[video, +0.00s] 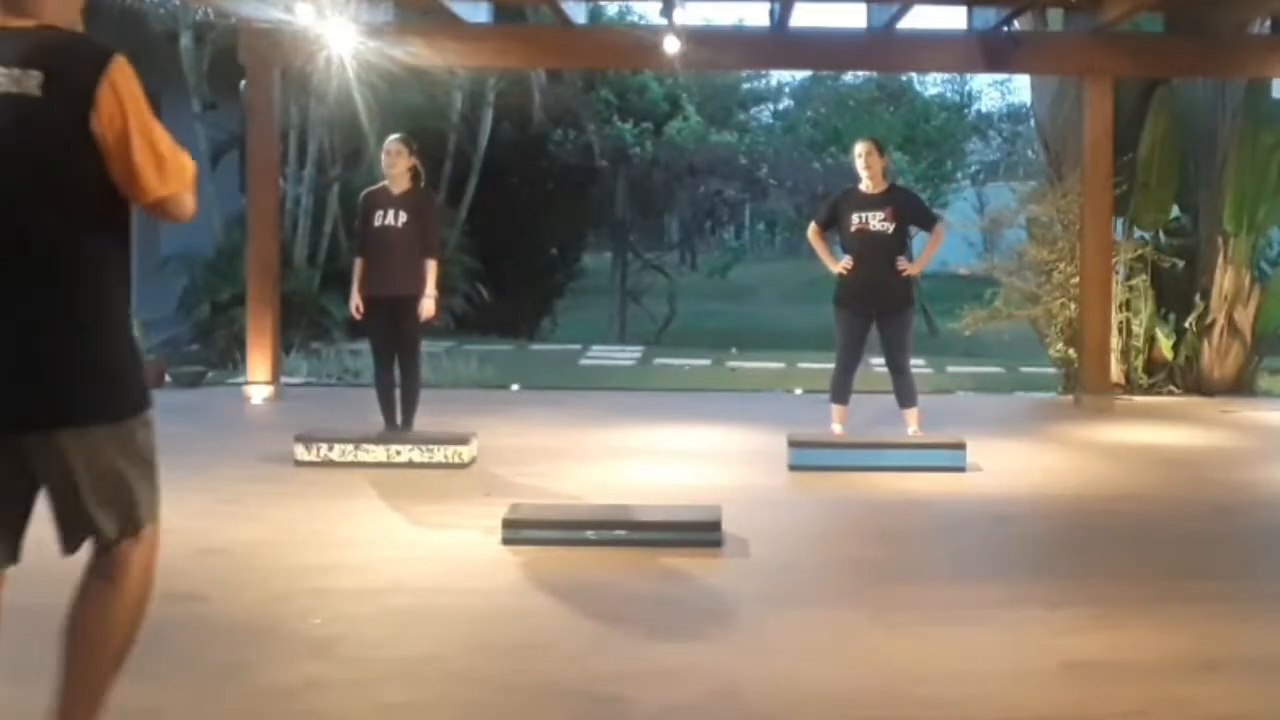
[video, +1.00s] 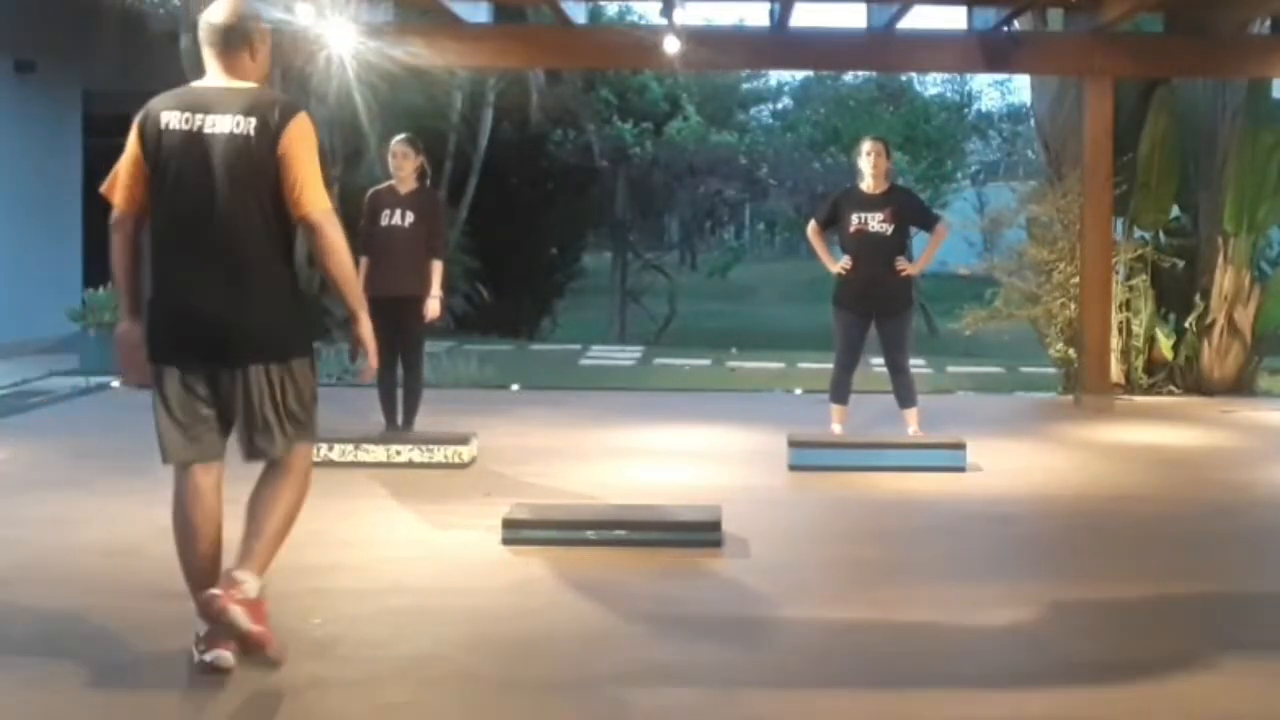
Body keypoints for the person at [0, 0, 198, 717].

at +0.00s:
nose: (86, 8)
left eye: (83, 7)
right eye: (82, 4)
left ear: (11, 4)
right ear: (69, 3)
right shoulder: (89, 67)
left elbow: (172, 197)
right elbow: (176, 197)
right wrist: (156, 146)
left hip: (9, 361)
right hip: (72, 359)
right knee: (128, 536)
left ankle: (74, 708)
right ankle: (76, 713)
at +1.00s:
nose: (271, 55)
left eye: (266, 45)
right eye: (268, 46)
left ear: (204, 48)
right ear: (257, 47)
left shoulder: (156, 114)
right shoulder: (283, 118)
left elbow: (122, 221)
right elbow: (317, 219)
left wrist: (127, 315)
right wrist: (360, 313)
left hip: (180, 326)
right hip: (266, 328)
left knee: (196, 467)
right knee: (292, 453)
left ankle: (212, 632)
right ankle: (246, 581)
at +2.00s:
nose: (367, 95)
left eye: (356, 85)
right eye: (366, 86)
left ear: (318, 90)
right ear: (362, 91)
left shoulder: (284, 142)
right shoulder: (383, 145)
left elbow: (255, 222)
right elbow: (430, 207)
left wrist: (229, 294)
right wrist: (506, 224)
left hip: (298, 305)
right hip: (363, 308)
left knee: (305, 420)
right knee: (369, 413)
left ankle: (319, 549)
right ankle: (321, 506)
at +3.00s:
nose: (506, 120)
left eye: (505, 112)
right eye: (502, 112)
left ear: (464, 113)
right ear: (483, 113)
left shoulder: (428, 154)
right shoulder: (487, 158)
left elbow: (411, 219)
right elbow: (502, 222)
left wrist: (449, 236)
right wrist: (553, 274)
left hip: (438, 290)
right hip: (479, 296)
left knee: (454, 385)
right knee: (474, 387)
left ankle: (464, 475)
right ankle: (426, 484)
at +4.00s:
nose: (601, 117)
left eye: (603, 109)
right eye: (591, 109)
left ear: (606, 113)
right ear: (569, 114)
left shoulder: (603, 159)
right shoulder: (550, 159)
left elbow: (613, 217)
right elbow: (531, 221)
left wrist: (666, 228)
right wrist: (547, 278)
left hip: (605, 291)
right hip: (567, 291)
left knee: (610, 375)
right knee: (569, 379)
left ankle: (623, 464)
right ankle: (551, 469)